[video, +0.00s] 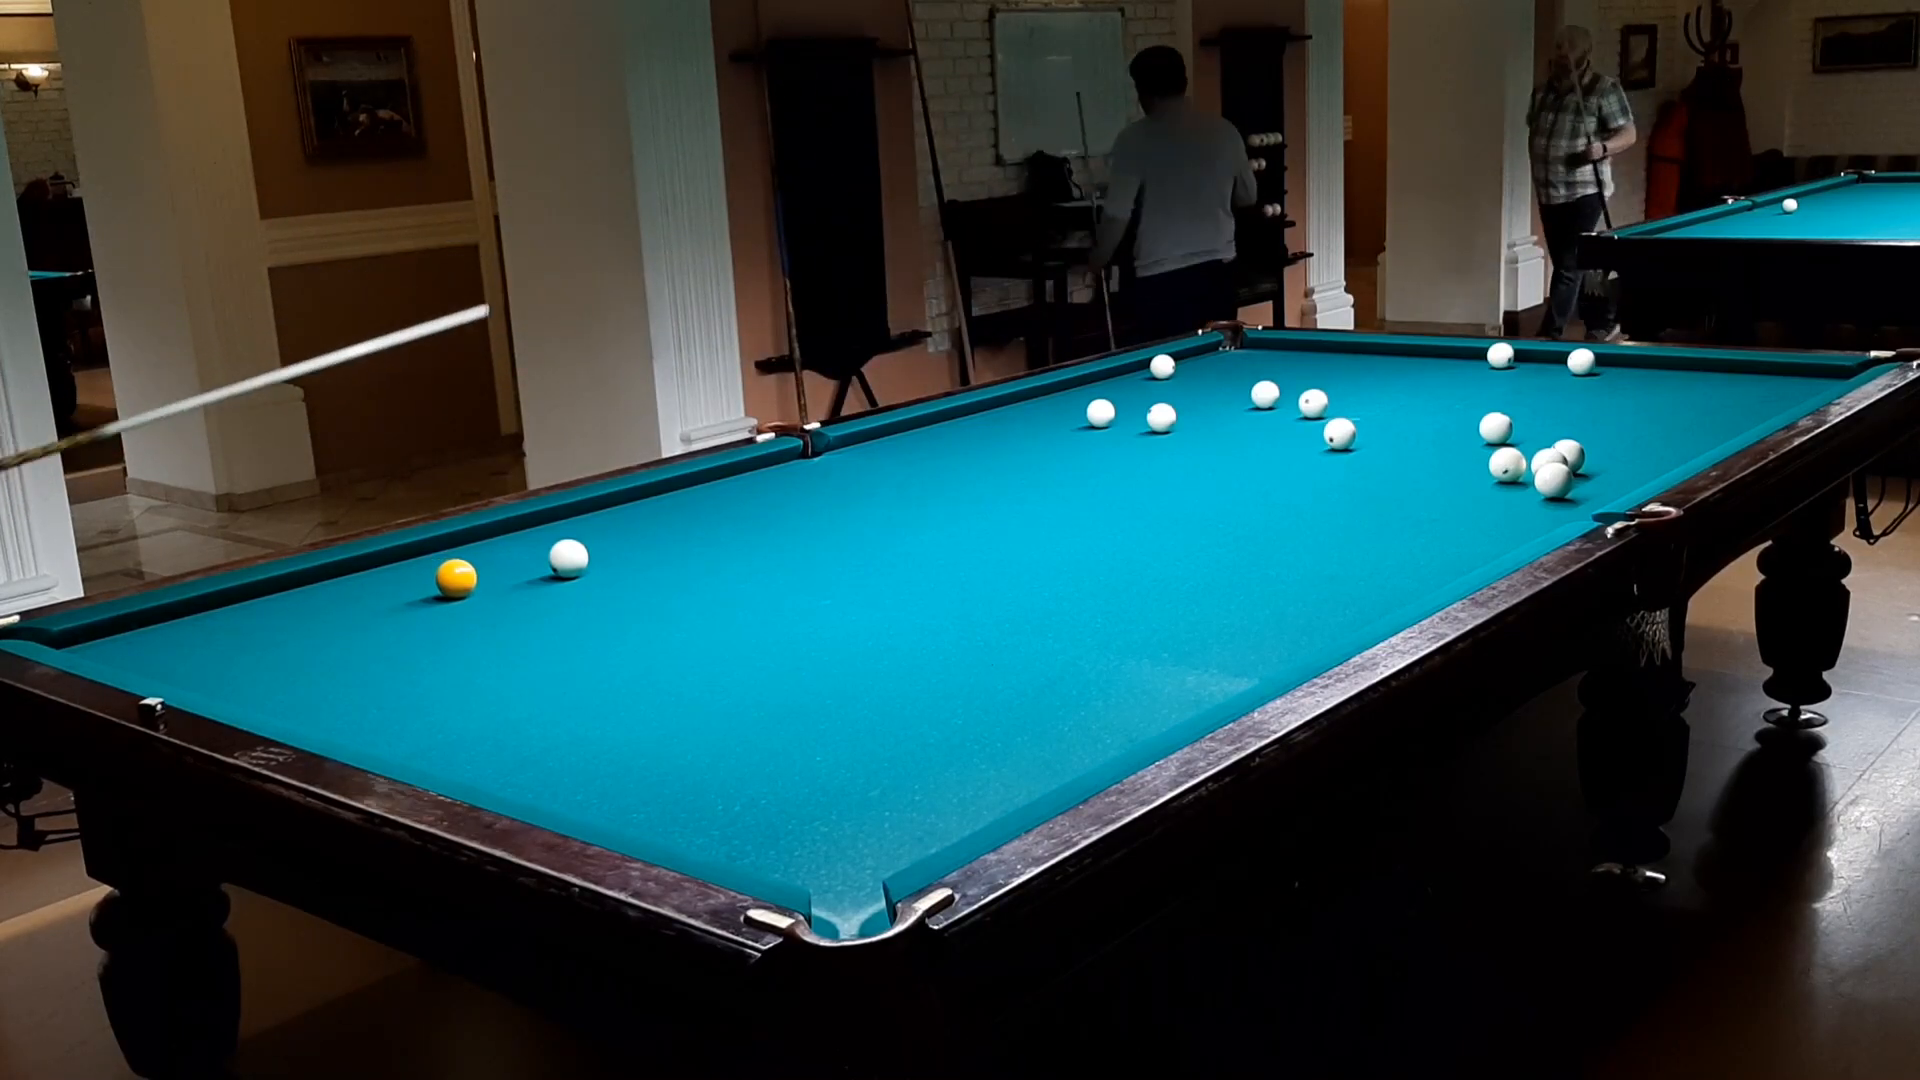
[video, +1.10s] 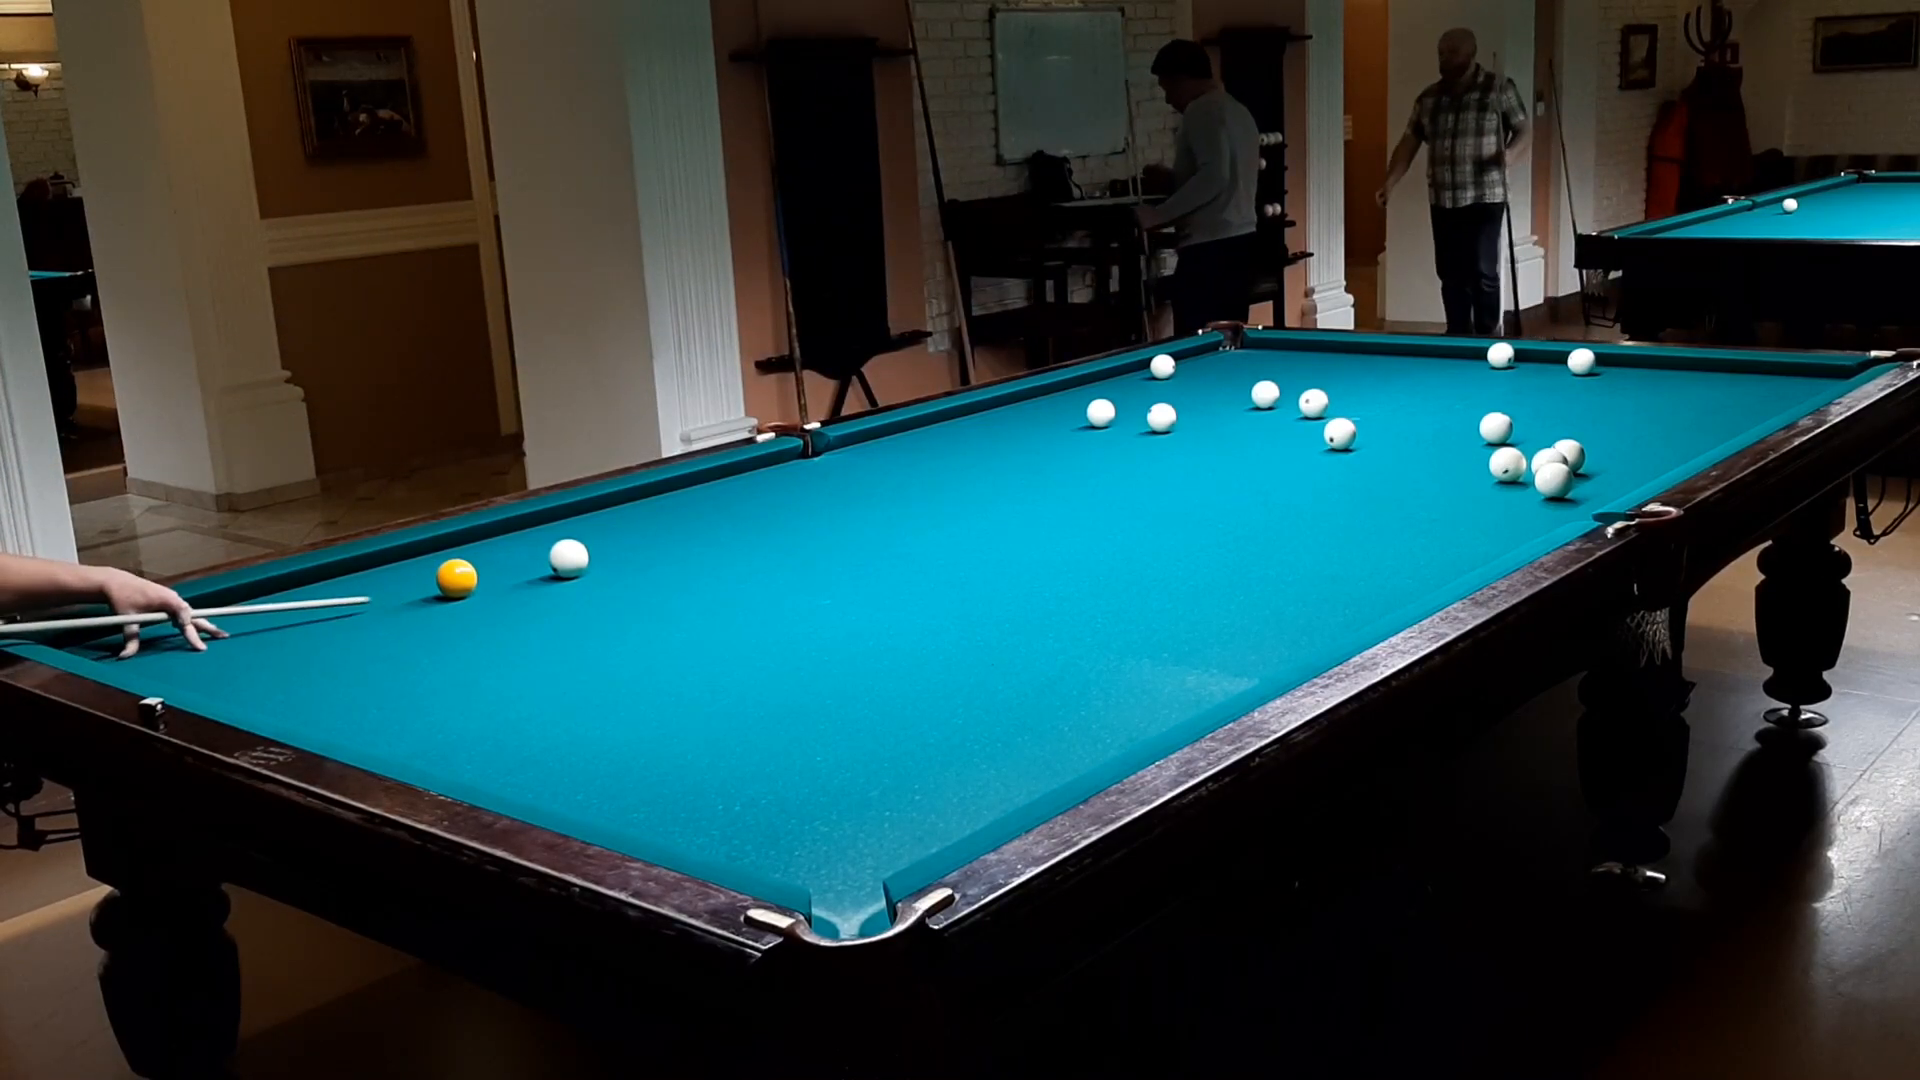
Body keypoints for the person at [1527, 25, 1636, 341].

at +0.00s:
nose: (1561, 54)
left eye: (1568, 48)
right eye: (1558, 47)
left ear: (1584, 51)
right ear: (1554, 51)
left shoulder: (1605, 88)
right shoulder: (1543, 92)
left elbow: (1628, 134)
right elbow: (1534, 137)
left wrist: (1604, 147)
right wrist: (1538, 184)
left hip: (1586, 193)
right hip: (1550, 194)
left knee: (1567, 267)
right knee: (1568, 266)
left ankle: (1550, 336)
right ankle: (1604, 326)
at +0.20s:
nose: (1544, 50)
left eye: (1552, 44)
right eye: (1541, 43)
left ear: (1570, 48)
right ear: (1537, 45)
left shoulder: (1585, 86)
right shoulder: (1531, 85)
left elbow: (1606, 135)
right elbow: (1528, 133)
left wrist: (1575, 142)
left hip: (1566, 192)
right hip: (1528, 192)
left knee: (1562, 266)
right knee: (1517, 260)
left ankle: (1552, 332)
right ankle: (1563, 310)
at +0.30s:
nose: (1534, 51)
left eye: (1542, 44)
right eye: (1532, 44)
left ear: (1560, 47)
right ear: (1529, 45)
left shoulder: (1576, 84)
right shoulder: (1525, 83)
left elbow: (1599, 134)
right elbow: (1521, 133)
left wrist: (1567, 147)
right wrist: (1512, 170)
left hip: (1558, 194)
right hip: (1520, 193)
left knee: (1557, 267)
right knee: (1503, 260)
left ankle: (1549, 330)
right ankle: (1530, 325)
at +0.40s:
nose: (1520, 51)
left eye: (1527, 45)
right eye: (1520, 45)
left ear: (1547, 49)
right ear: (1523, 47)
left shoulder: (1569, 85)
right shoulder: (1518, 85)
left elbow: (1592, 134)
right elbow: (1512, 135)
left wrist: (1561, 149)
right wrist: (1504, 172)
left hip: (1552, 197)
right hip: (1512, 195)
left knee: (1553, 272)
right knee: (1495, 265)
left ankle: (1549, 335)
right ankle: (1492, 332)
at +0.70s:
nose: (1485, 57)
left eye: (1492, 50)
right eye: (1484, 50)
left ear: (1513, 54)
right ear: (1485, 52)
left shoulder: (1538, 90)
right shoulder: (1477, 94)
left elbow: (1562, 138)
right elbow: (1470, 144)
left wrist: (1540, 153)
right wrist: (1468, 190)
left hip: (1522, 202)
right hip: (1480, 202)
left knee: (1532, 277)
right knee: (1470, 277)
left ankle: (1541, 342)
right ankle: (1459, 341)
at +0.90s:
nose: (1459, 57)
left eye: (1466, 51)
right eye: (1458, 51)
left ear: (1486, 53)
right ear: (1457, 52)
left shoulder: (1516, 88)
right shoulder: (1447, 97)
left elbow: (1540, 132)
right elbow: (1431, 149)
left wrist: (1525, 150)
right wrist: (1415, 197)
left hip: (1499, 202)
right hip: (1457, 203)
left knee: (1505, 271)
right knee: (1459, 278)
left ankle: (1526, 337)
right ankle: (1458, 340)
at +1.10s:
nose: (1443, 61)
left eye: (1450, 54)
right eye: (1441, 54)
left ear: (1470, 54)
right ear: (1438, 55)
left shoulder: (1499, 88)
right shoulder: (1429, 98)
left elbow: (1523, 130)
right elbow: (1409, 143)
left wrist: (1509, 154)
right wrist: (1388, 182)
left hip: (1485, 199)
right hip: (1444, 202)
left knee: (1483, 274)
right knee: (1451, 277)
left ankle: (1487, 341)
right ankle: (1456, 341)